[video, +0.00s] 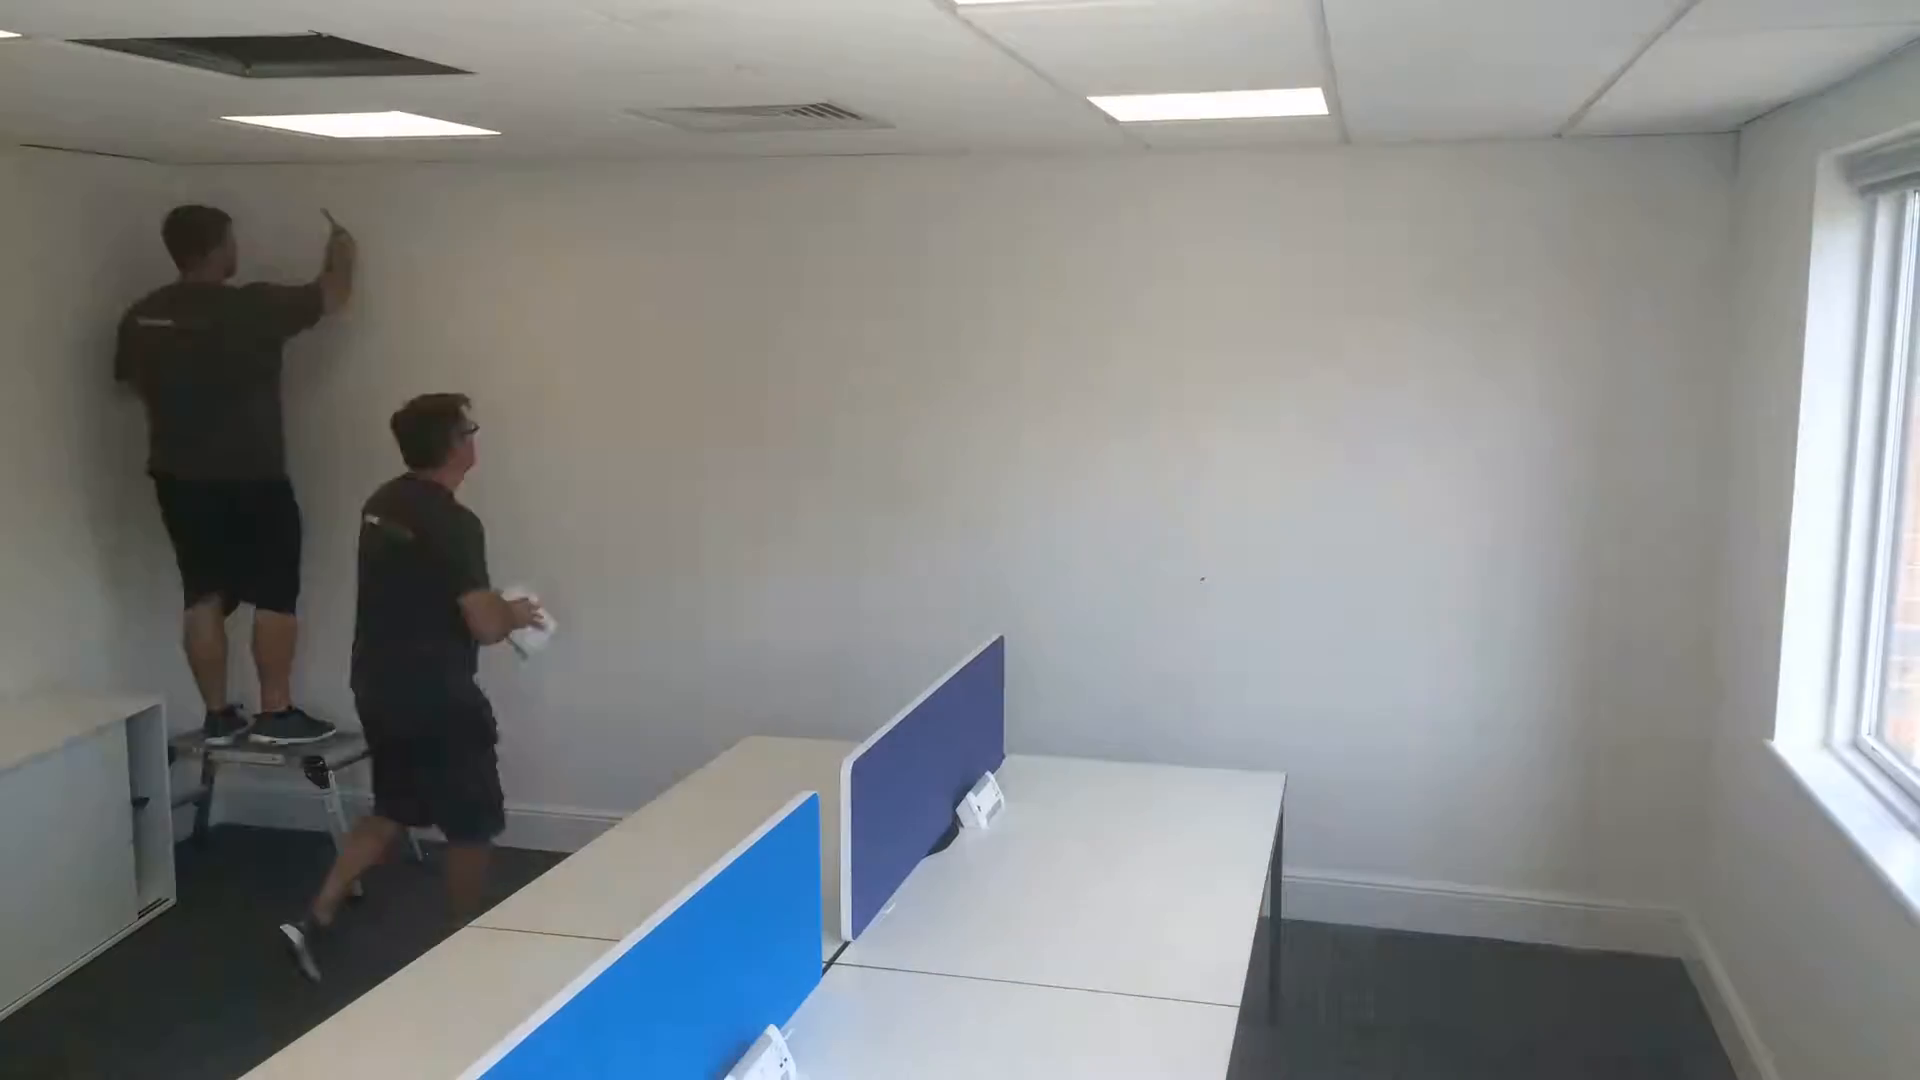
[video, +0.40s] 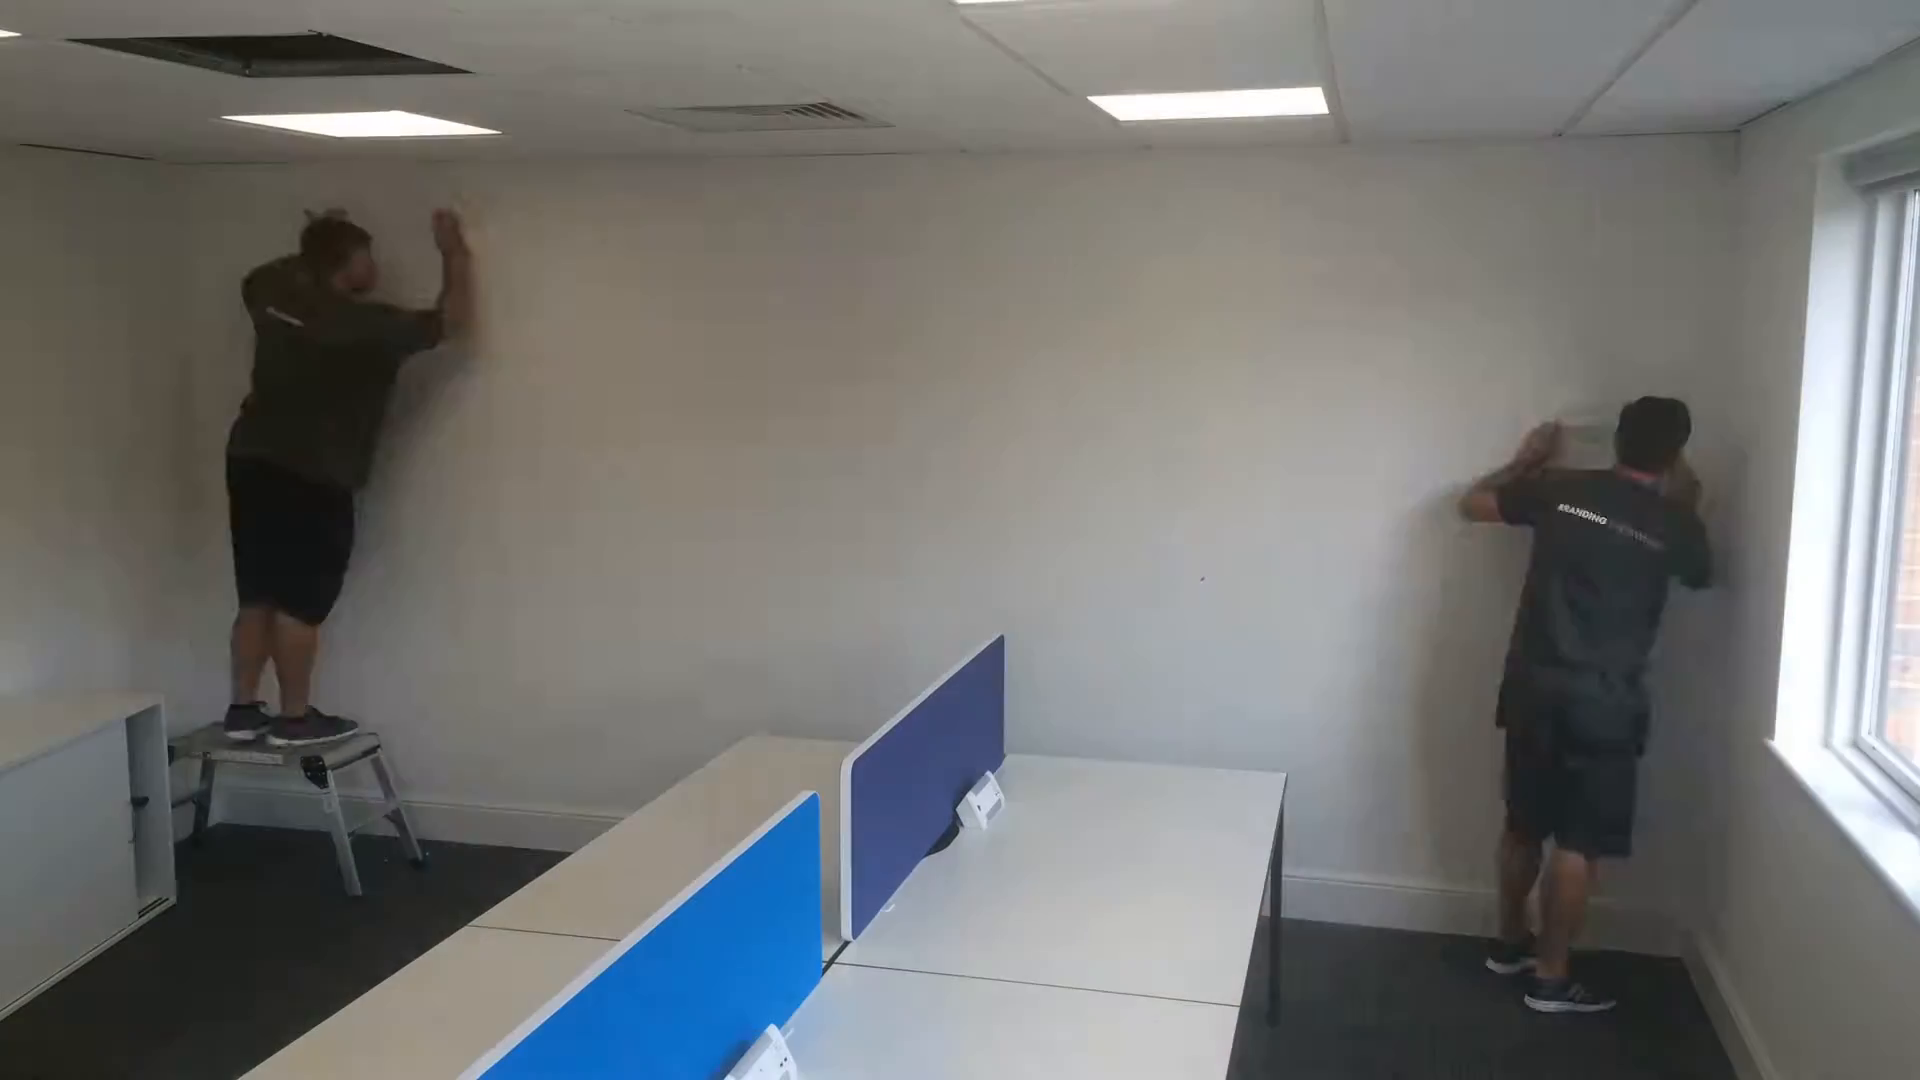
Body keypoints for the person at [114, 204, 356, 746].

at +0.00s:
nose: (235, 250)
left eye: (230, 240)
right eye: (230, 241)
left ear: (176, 254)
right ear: (219, 250)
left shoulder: (143, 316)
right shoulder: (253, 306)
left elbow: (130, 379)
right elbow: (331, 293)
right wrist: (342, 248)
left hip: (180, 479)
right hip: (254, 475)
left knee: (203, 593)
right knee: (276, 591)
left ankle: (217, 716)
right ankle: (276, 713)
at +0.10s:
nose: (156, 250)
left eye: (141, 247)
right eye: (153, 241)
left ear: (115, 267)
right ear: (159, 245)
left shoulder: (106, 331)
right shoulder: (207, 292)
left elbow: (91, 394)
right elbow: (247, 244)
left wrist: (142, 370)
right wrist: (229, 201)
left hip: (173, 481)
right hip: (246, 464)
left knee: (197, 598)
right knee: (280, 580)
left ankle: (218, 716)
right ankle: (290, 697)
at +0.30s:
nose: (277, 267)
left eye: (275, 258)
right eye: (277, 258)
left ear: (224, 253)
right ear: (272, 257)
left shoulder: (170, 312)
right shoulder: (284, 315)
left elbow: (138, 377)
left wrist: (182, 401)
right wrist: (303, 333)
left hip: (187, 478)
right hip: (264, 479)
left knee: (203, 598)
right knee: (275, 600)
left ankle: (219, 713)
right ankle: (289, 715)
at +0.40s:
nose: (372, 268)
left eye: (368, 259)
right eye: (365, 260)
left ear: (312, 264)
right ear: (347, 266)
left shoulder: (274, 299)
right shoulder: (368, 324)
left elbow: (261, 277)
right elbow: (451, 320)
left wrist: (313, 253)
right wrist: (455, 251)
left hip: (252, 462)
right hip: (315, 474)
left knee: (257, 594)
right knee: (302, 602)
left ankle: (242, 710)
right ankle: (296, 717)